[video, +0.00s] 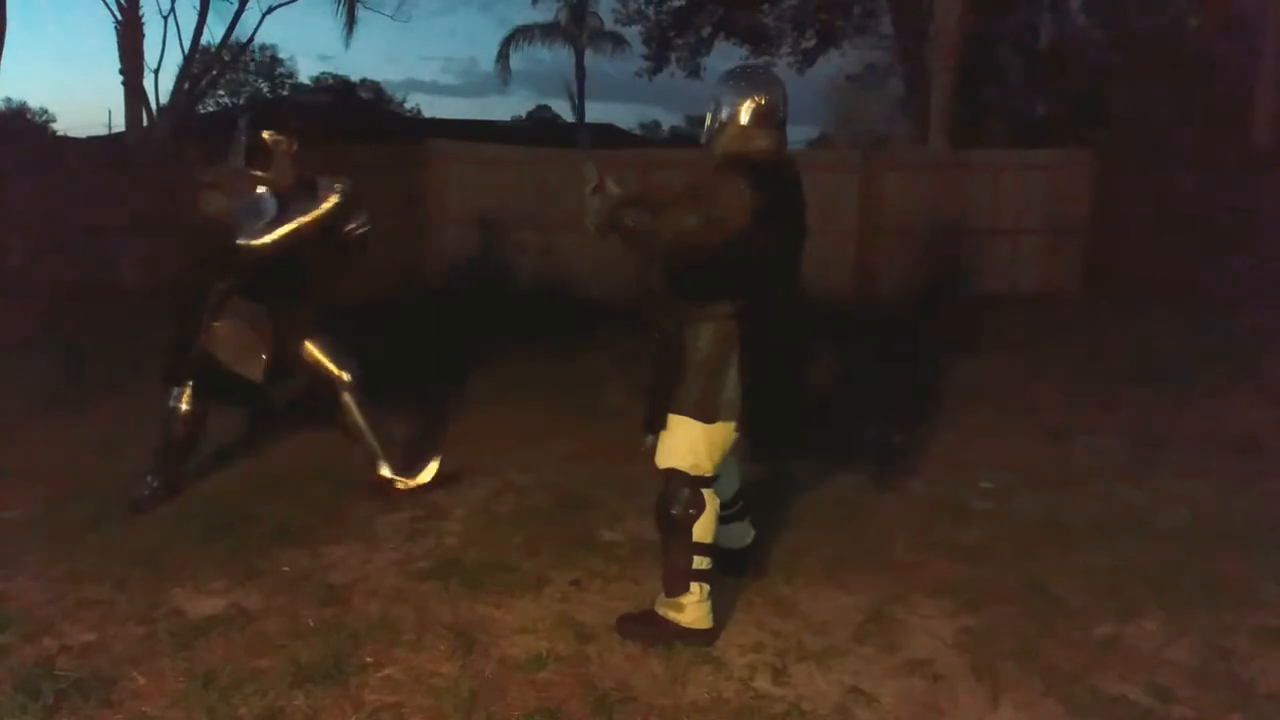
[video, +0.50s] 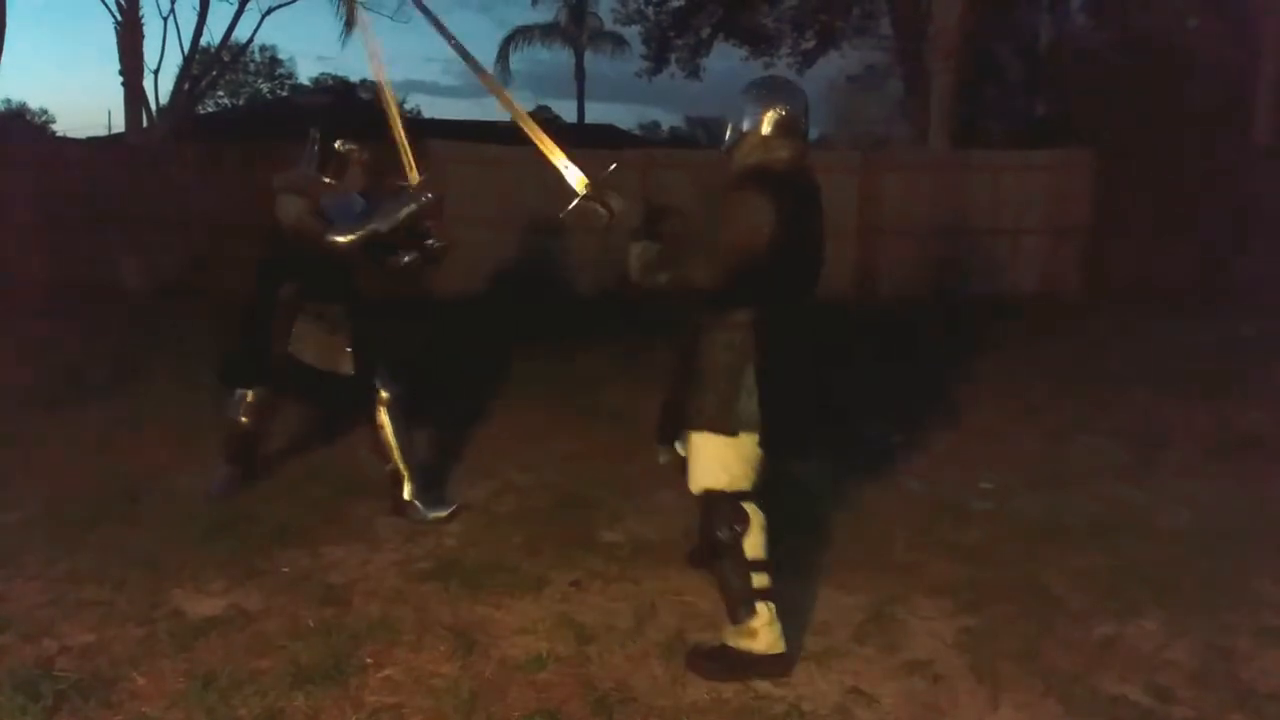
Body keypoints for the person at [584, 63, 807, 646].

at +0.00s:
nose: (712, 129)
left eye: (719, 119)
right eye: (718, 119)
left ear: (734, 123)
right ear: (773, 125)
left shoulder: (740, 183)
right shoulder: (775, 178)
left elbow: (686, 242)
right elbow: (693, 216)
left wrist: (620, 215)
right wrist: (631, 203)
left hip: (719, 333)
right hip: (749, 329)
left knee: (683, 467)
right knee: (716, 433)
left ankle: (687, 607)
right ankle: (728, 528)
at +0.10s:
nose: (717, 130)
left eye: (727, 120)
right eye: (725, 120)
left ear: (742, 127)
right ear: (773, 130)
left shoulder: (749, 189)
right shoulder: (766, 183)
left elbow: (689, 250)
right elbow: (692, 230)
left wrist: (621, 226)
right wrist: (627, 205)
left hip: (728, 346)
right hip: (737, 339)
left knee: (688, 475)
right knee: (707, 461)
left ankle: (687, 607)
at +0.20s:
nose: (721, 134)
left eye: (730, 123)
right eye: (727, 123)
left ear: (749, 128)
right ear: (773, 130)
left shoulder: (755, 191)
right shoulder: (766, 184)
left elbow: (709, 256)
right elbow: (697, 232)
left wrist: (645, 254)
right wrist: (632, 214)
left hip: (730, 349)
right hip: (733, 344)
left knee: (689, 476)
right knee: (699, 472)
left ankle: (688, 607)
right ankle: (693, 602)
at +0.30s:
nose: (726, 135)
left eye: (735, 124)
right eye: (732, 124)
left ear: (754, 128)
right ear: (779, 130)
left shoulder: (760, 193)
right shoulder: (773, 185)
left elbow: (713, 268)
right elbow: (701, 240)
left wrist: (650, 268)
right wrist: (628, 215)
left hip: (738, 350)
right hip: (740, 344)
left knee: (691, 464)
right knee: (702, 459)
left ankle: (705, 607)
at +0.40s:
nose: (732, 131)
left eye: (740, 119)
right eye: (738, 119)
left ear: (756, 124)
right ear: (788, 127)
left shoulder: (759, 189)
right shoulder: (787, 187)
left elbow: (723, 272)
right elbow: (718, 256)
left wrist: (660, 267)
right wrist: (645, 222)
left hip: (744, 349)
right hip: (756, 342)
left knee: (703, 467)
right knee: (714, 466)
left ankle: (741, 608)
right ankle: (737, 602)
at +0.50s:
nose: (733, 129)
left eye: (742, 117)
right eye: (740, 116)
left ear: (762, 123)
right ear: (791, 125)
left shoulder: (760, 188)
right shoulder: (790, 184)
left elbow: (729, 273)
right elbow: (734, 268)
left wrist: (659, 268)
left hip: (744, 354)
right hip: (763, 346)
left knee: (726, 491)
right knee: (730, 474)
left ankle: (757, 637)